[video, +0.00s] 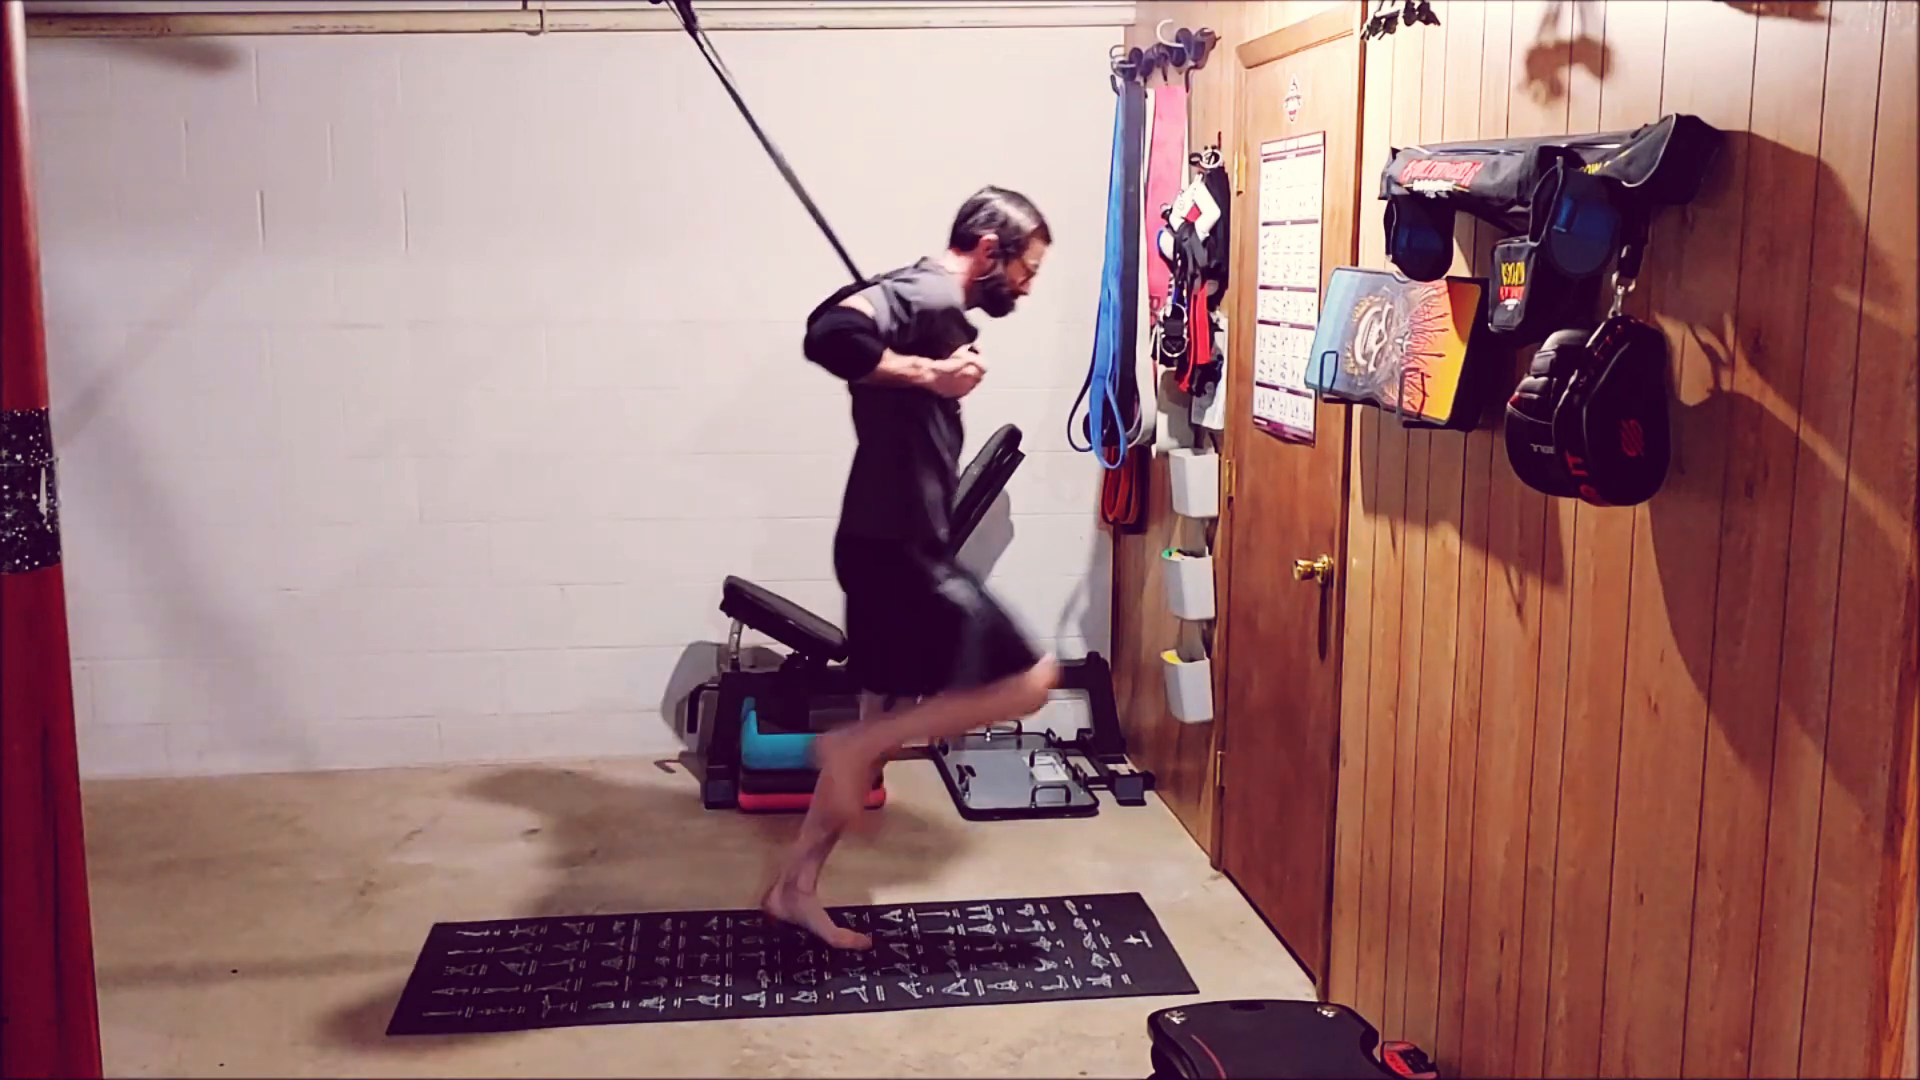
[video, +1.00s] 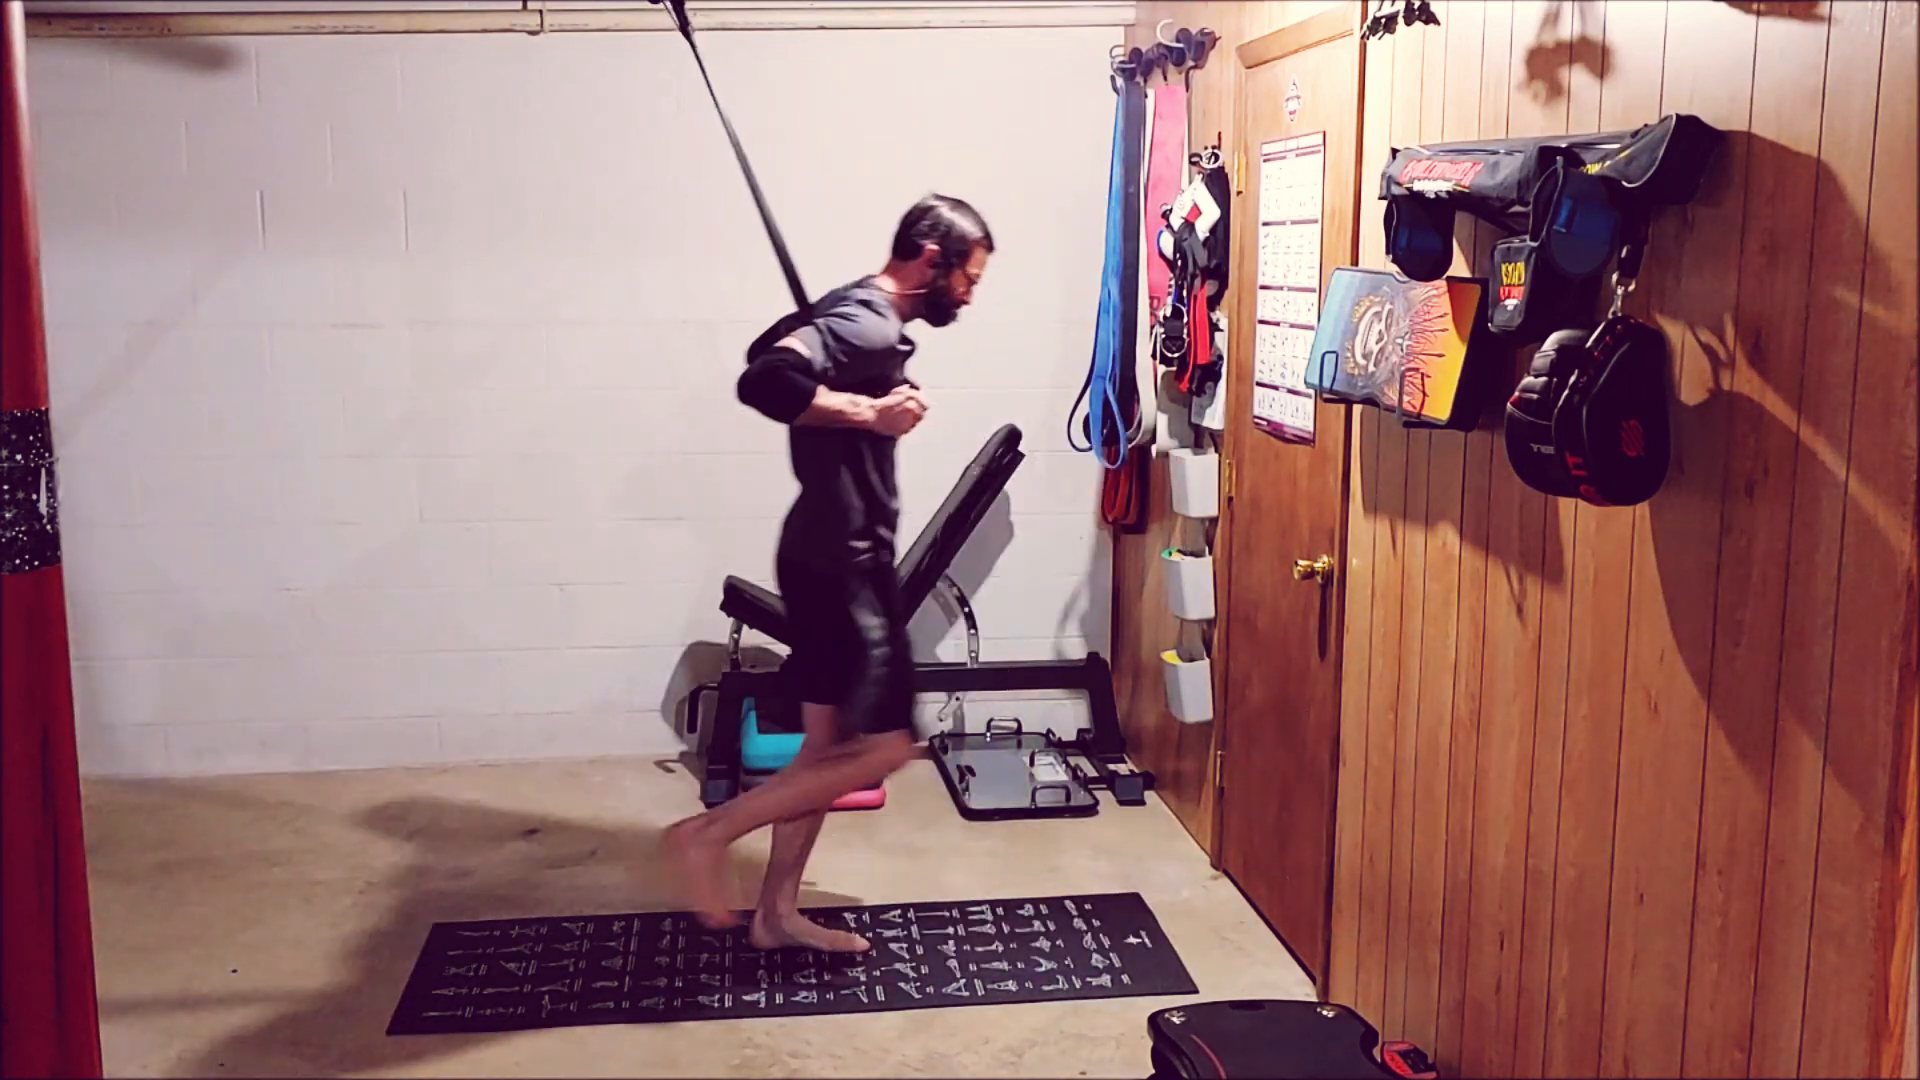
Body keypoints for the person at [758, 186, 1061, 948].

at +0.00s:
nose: (1028, 289)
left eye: (1033, 275)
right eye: (1028, 270)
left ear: (984, 251)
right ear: (988, 249)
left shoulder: (938, 302)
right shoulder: (930, 288)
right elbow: (830, 334)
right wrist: (929, 373)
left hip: (899, 543)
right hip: (895, 547)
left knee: (874, 727)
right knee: (1028, 680)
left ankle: (795, 888)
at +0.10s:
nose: (1052, 282)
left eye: (1058, 270)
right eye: (1053, 264)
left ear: (1010, 240)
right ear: (1016, 240)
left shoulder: (957, 292)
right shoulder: (953, 274)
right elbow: (856, 314)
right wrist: (954, 356)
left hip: (914, 534)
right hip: (933, 534)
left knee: (892, 716)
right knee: (1107, 591)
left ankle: (805, 876)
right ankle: (938, 667)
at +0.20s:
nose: (1073, 270)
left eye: (1081, 257)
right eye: (1077, 251)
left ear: (1032, 223)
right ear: (1045, 228)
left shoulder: (977, 273)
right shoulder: (981, 260)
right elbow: (882, 294)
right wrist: (978, 337)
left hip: (932, 512)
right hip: (964, 509)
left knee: (902, 699)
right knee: (1144, 500)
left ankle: (823, 863)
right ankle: (1001, 612)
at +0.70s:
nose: (1050, 281)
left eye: (1057, 267)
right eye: (1053, 263)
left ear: (1004, 238)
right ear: (1020, 242)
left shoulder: (947, 288)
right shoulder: (956, 279)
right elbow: (851, 322)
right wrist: (955, 361)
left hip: (907, 527)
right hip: (947, 519)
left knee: (887, 718)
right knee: (1122, 532)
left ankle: (799, 885)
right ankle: (974, 668)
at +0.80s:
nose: (1028, 292)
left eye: (1034, 278)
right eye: (1030, 274)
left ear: (981, 253)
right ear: (993, 255)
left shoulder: (920, 299)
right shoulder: (929, 303)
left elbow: (823, 330)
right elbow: (825, 345)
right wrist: (928, 381)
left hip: (886, 539)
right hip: (918, 537)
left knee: (863, 735)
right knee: (1072, 625)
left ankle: (784, 901)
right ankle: (901, 730)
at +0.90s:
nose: (1000, 298)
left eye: (1006, 285)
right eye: (1001, 281)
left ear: (953, 258)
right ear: (961, 260)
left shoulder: (893, 307)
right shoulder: (896, 314)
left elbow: (792, 344)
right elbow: (797, 369)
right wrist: (895, 401)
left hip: (862, 554)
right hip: (885, 558)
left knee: (850, 744)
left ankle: (780, 910)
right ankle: (811, 782)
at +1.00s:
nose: (970, 294)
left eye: (976, 279)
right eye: (968, 277)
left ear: (921, 256)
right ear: (929, 257)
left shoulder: (868, 308)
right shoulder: (865, 317)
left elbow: (770, 354)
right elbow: (765, 379)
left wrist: (875, 394)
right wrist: (869, 411)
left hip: (836, 547)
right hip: (837, 552)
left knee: (827, 742)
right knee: (887, 744)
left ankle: (777, 912)